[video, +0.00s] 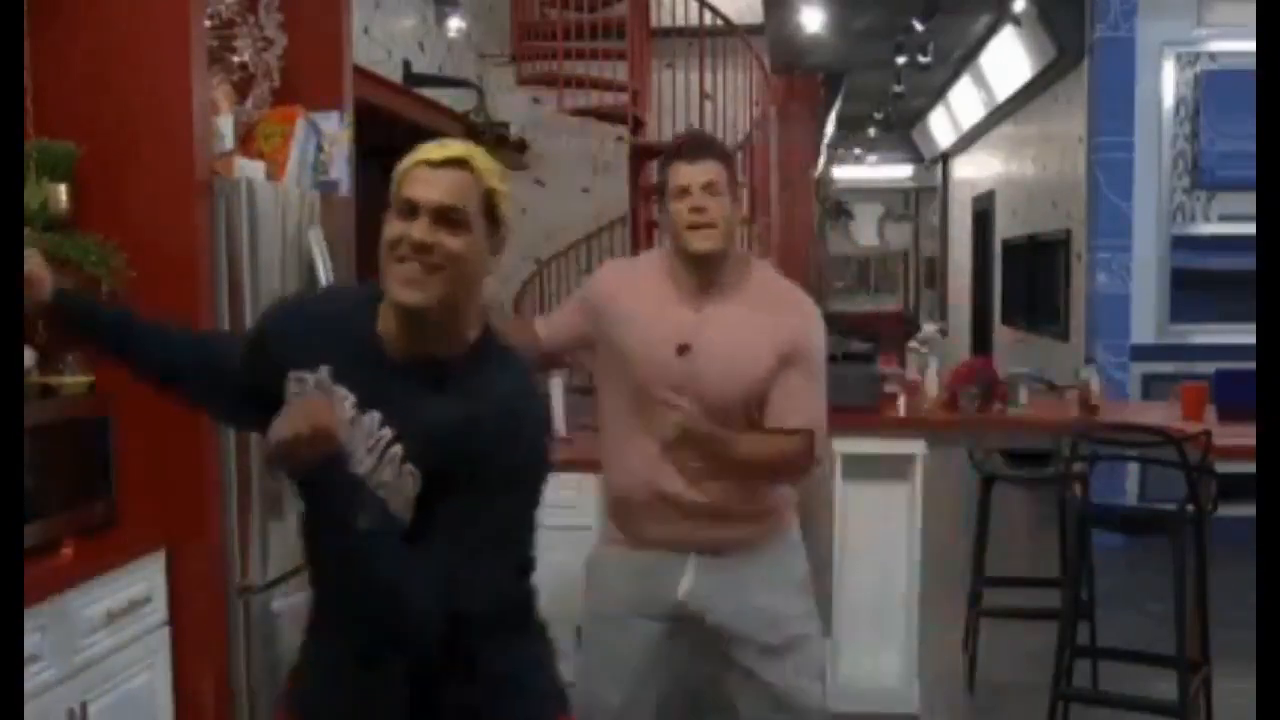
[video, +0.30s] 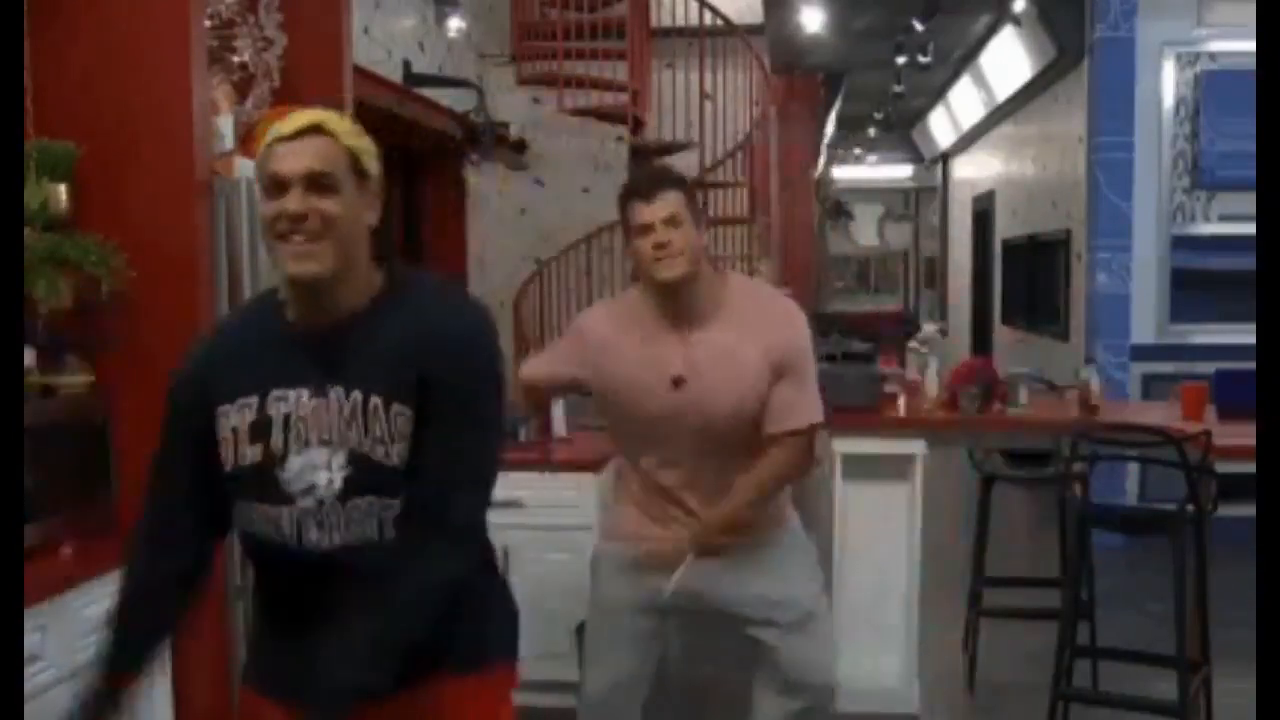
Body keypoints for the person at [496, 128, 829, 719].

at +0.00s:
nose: (698, 206)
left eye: (712, 192)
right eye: (682, 195)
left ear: (739, 207)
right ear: (662, 212)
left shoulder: (790, 311)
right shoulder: (616, 287)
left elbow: (796, 450)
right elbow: (534, 344)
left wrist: (713, 440)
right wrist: (475, 321)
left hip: (757, 562)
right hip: (635, 558)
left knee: (797, 707)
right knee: (610, 710)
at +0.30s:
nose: (660, 240)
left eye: (672, 224)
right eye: (643, 231)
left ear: (699, 231)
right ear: (629, 247)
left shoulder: (775, 318)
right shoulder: (602, 328)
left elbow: (794, 446)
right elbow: (523, 386)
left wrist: (712, 524)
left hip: (757, 531)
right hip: (641, 532)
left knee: (813, 683)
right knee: (607, 697)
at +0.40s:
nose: (703, 212)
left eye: (716, 199)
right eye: (687, 201)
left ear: (741, 212)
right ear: (665, 220)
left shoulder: (806, 288)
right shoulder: (632, 314)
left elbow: (855, 390)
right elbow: (599, 429)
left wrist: (836, 502)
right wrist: (548, 514)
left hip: (784, 529)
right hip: (666, 536)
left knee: (865, 683)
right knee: (628, 690)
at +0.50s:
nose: (731, 196)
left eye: (746, 184)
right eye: (717, 184)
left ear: (767, 195)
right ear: (697, 198)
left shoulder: (828, 263)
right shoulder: (657, 295)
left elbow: (901, 348)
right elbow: (641, 417)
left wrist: (906, 455)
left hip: (817, 512)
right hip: (701, 518)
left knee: (880, 679)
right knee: (655, 689)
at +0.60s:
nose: (789, 207)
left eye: (804, 194)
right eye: (775, 193)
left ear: (825, 210)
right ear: (753, 206)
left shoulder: (874, 280)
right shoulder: (721, 301)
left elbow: (973, 314)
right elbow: (711, 433)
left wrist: (993, 321)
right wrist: (775, 458)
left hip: (865, 532)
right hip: (757, 530)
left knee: (917, 699)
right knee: (700, 683)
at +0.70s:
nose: (811, 206)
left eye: (826, 195)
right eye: (796, 193)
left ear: (844, 216)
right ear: (771, 209)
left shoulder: (885, 281)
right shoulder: (734, 301)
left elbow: (986, 331)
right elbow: (742, 442)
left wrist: (1003, 280)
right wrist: (806, 412)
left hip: (888, 542)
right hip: (776, 538)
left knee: (921, 702)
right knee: (731, 692)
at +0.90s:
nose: (849, 219)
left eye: (863, 209)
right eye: (835, 206)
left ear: (876, 225)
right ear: (805, 219)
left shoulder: (908, 291)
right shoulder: (753, 300)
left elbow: (1003, 339)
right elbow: (741, 424)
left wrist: (1016, 306)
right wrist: (847, 404)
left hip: (907, 513)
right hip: (804, 522)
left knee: (955, 677)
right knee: (805, 688)